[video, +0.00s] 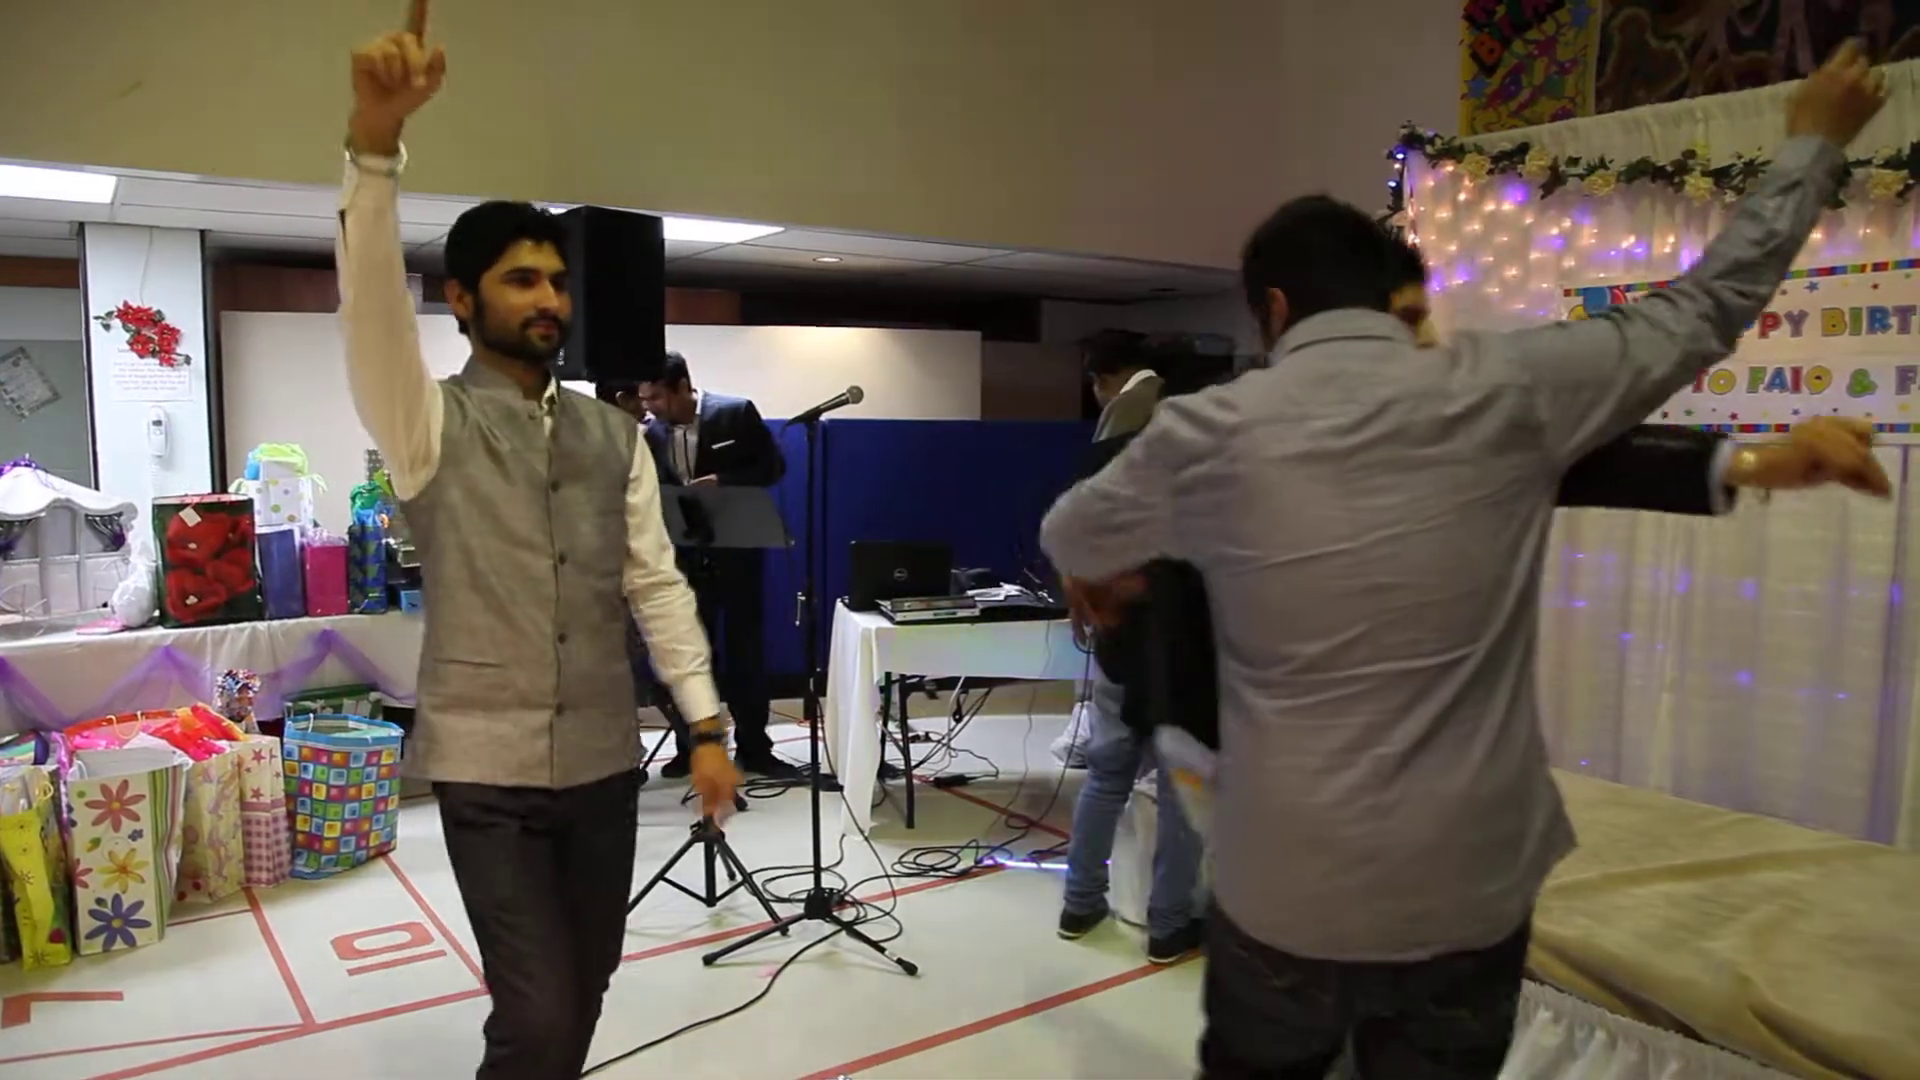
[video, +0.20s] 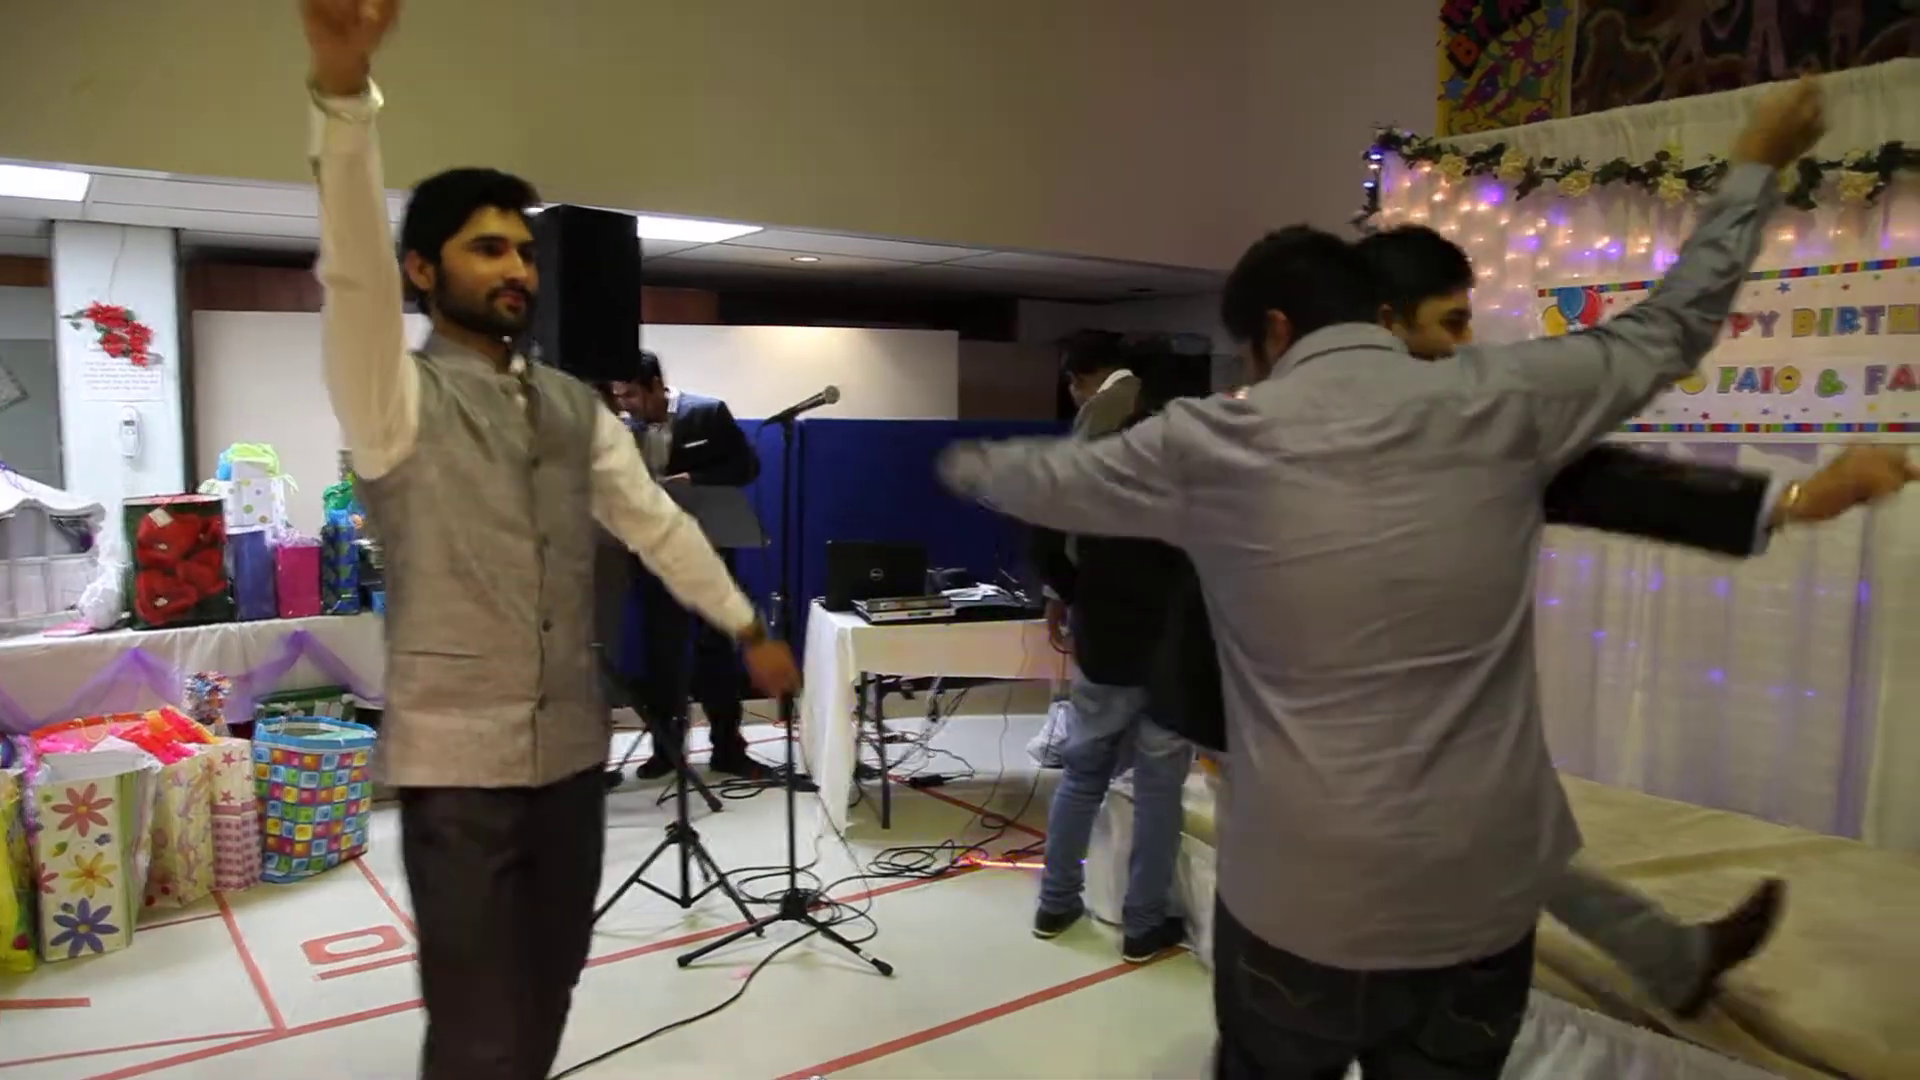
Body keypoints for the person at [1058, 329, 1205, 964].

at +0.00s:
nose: (1095, 392)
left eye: (1097, 382)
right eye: (1096, 381)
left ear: (1109, 383)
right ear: (1155, 379)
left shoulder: (1105, 451)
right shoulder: (1193, 445)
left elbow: (1075, 529)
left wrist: (1083, 602)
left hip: (1117, 638)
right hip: (1185, 641)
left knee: (1104, 774)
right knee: (1182, 787)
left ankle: (1081, 901)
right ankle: (1172, 920)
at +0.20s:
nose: (1073, 394)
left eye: (1075, 385)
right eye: (1073, 384)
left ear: (1088, 381)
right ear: (1134, 374)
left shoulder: (1081, 446)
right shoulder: (1193, 438)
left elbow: (1043, 542)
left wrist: (1075, 592)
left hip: (1108, 634)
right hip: (1182, 640)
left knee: (1082, 774)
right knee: (1160, 789)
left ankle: (1057, 901)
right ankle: (1146, 922)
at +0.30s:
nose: (1066, 393)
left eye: (1072, 385)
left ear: (1105, 386)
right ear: (1171, 398)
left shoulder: (1074, 447)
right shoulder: (1189, 450)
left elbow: (1034, 543)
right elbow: (1205, 550)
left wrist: (1075, 594)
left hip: (1096, 643)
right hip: (1171, 645)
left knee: (1073, 776)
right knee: (1152, 792)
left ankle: (1048, 902)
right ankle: (1137, 922)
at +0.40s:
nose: (1064, 394)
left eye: (1070, 386)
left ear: (1113, 389)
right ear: (1180, 399)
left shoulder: (1076, 452)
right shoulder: (1196, 456)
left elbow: (1034, 547)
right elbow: (1207, 555)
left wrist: (1077, 594)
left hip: (1094, 651)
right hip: (1170, 651)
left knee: (1073, 776)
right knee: (1151, 792)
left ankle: (1047, 903)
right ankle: (1136, 922)